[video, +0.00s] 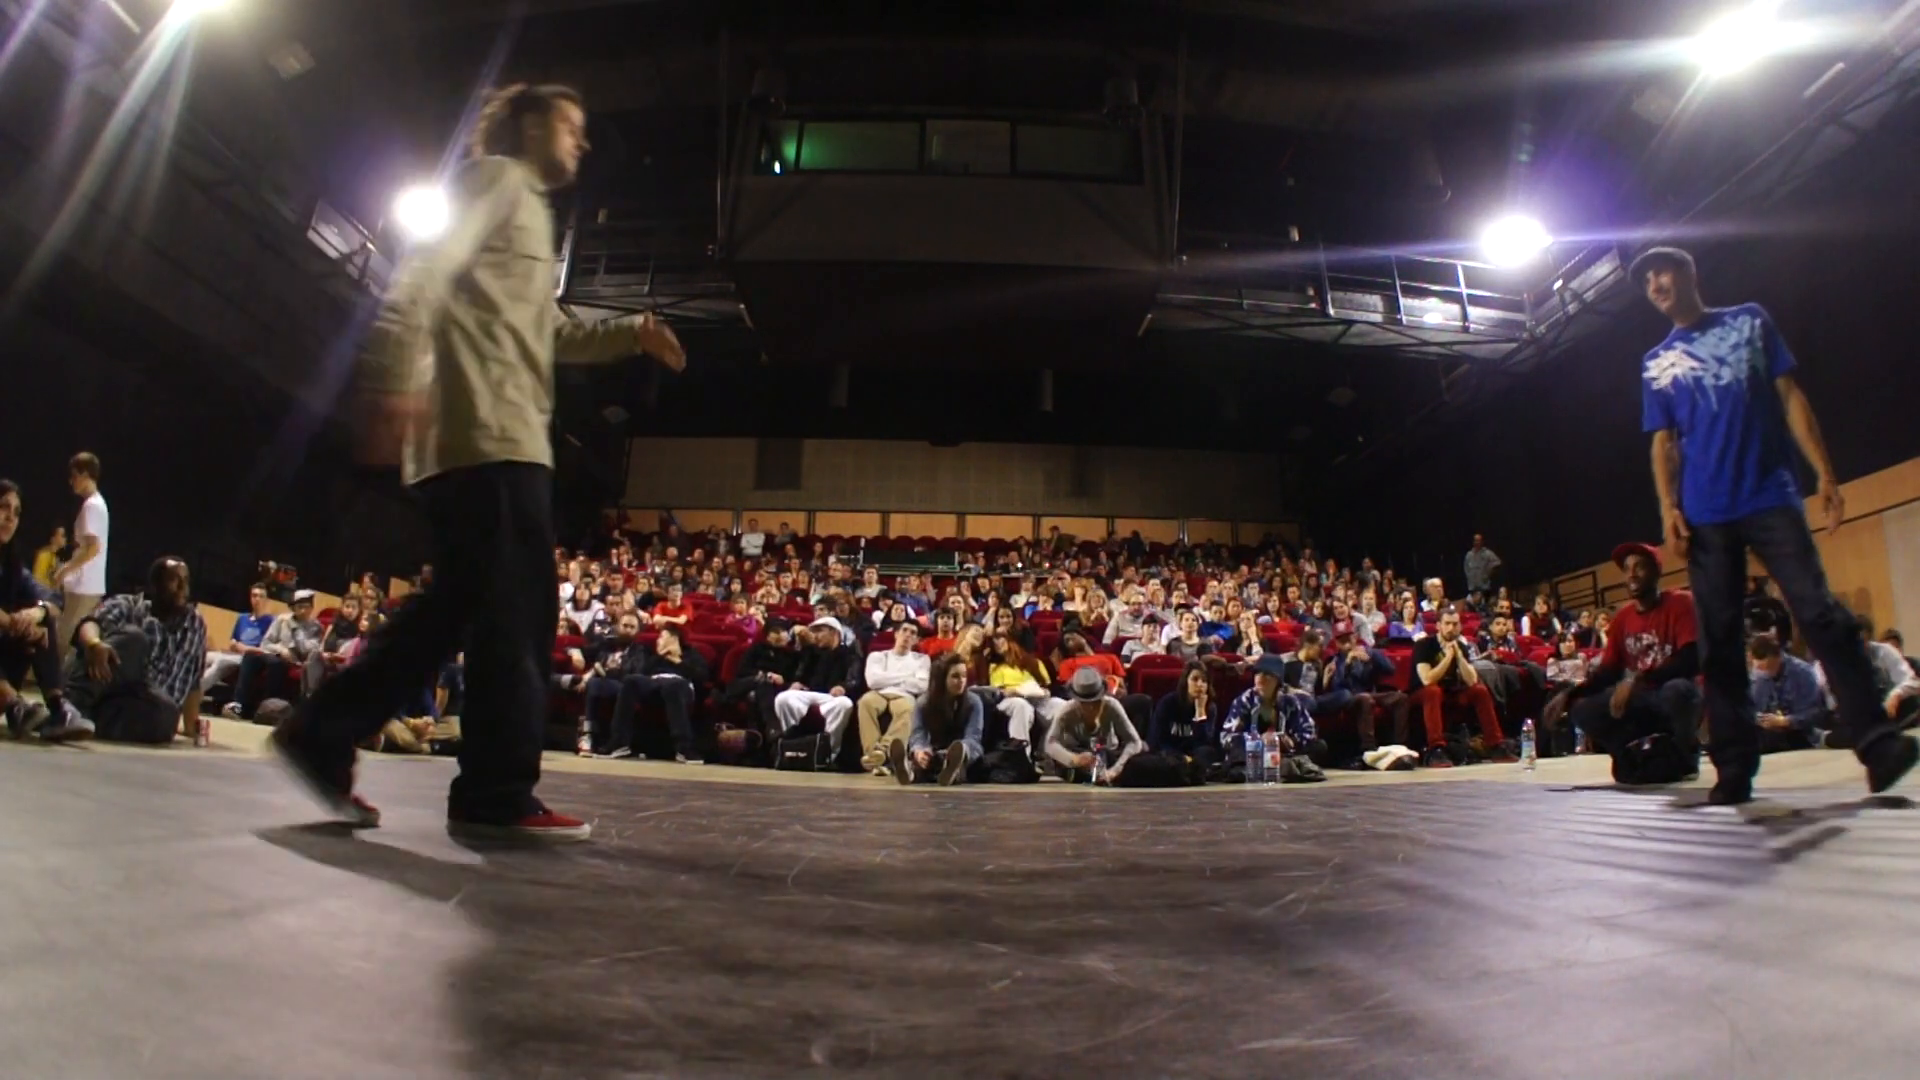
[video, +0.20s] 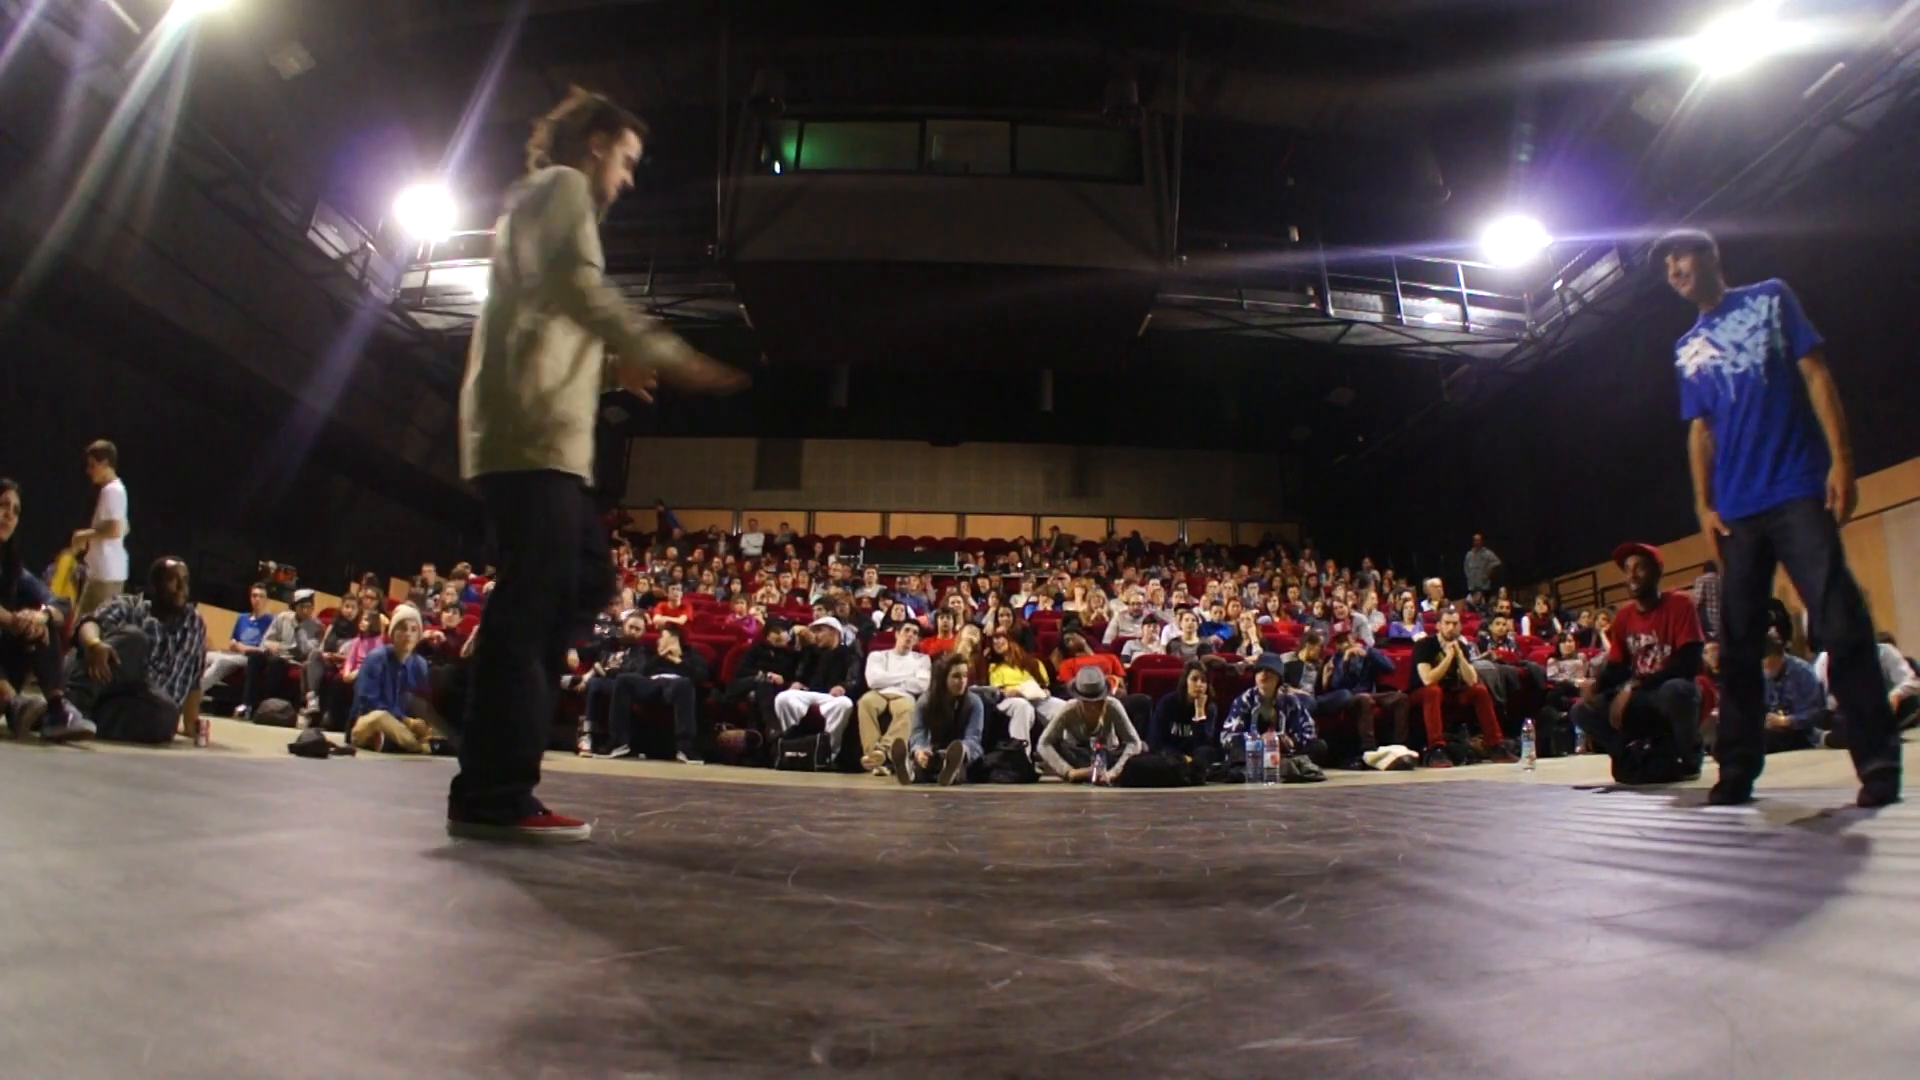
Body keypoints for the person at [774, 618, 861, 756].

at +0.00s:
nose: (816, 636)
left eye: (820, 631)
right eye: (815, 632)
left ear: (834, 633)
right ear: (812, 634)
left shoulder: (848, 654)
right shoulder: (812, 653)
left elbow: (853, 680)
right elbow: (802, 675)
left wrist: (842, 687)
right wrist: (798, 684)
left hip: (831, 695)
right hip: (808, 692)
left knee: (844, 704)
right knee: (783, 700)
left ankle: (828, 755)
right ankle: (794, 750)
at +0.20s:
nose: (816, 635)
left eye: (821, 630)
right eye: (815, 631)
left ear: (834, 633)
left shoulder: (848, 654)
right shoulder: (811, 652)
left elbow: (853, 680)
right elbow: (801, 675)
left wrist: (842, 688)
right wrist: (798, 683)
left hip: (831, 694)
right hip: (808, 692)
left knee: (844, 704)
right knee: (783, 699)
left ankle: (828, 754)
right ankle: (794, 749)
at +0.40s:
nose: (816, 635)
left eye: (821, 630)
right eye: (815, 631)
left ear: (834, 633)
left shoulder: (848, 654)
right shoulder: (811, 652)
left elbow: (853, 680)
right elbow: (801, 675)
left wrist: (842, 688)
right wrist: (798, 683)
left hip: (832, 694)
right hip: (809, 692)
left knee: (844, 704)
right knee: (783, 699)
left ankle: (829, 754)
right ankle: (793, 749)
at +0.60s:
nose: (816, 635)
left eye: (821, 630)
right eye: (815, 631)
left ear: (834, 633)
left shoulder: (848, 654)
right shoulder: (812, 652)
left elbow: (853, 680)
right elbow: (801, 674)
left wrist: (842, 688)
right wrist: (798, 683)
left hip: (831, 694)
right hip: (809, 691)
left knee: (844, 704)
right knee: (783, 699)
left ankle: (829, 754)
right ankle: (793, 749)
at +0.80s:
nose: (817, 635)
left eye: (821, 630)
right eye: (816, 631)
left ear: (834, 633)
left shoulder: (848, 654)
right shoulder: (813, 652)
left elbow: (853, 680)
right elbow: (801, 674)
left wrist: (842, 688)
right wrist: (798, 683)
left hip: (831, 694)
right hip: (809, 692)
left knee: (844, 704)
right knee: (783, 699)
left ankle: (829, 754)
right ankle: (793, 749)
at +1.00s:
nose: (818, 635)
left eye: (822, 631)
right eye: (818, 631)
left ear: (834, 633)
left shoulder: (848, 653)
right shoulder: (815, 653)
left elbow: (854, 679)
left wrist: (842, 687)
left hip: (834, 694)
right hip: (816, 693)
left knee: (844, 704)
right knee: (843, 704)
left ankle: (828, 752)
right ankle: (829, 753)